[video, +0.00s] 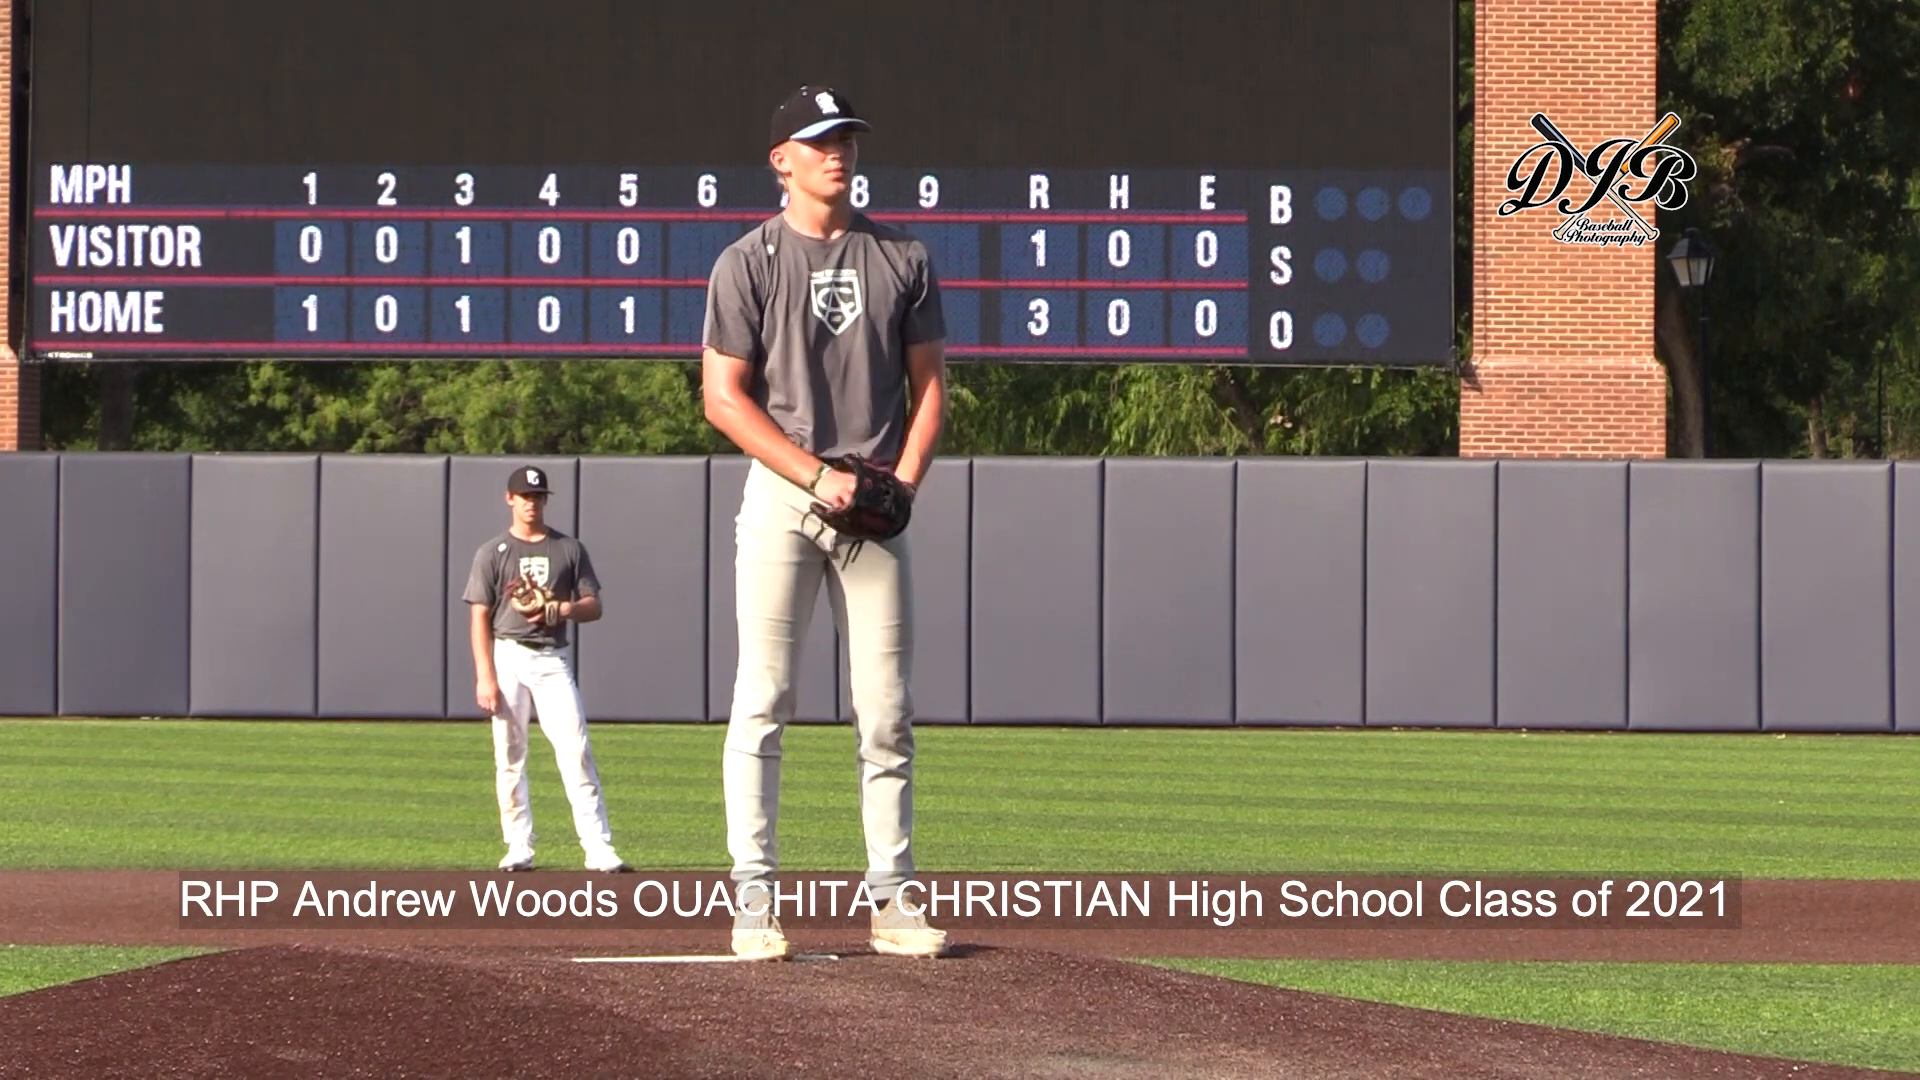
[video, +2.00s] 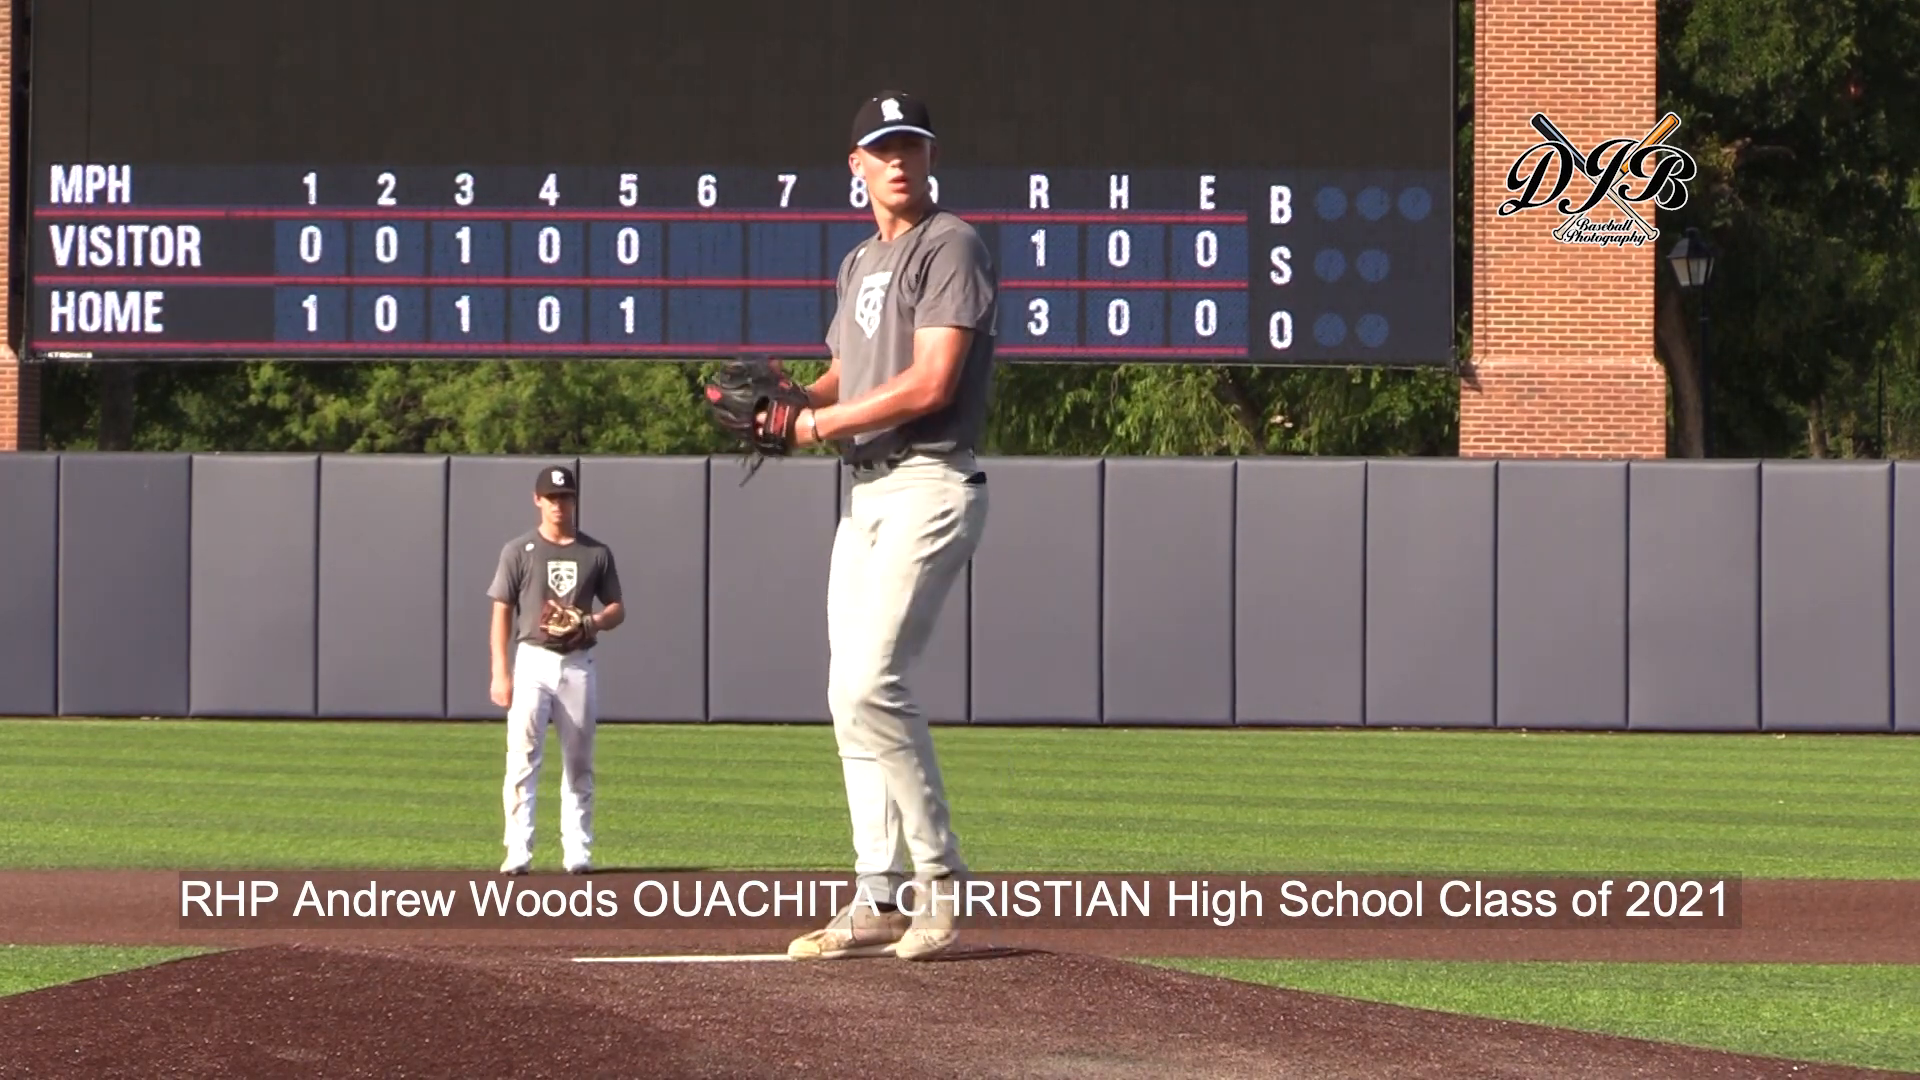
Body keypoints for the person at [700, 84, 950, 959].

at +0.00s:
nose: (839, 158)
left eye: (846, 144)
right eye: (821, 146)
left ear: (857, 157)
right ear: (782, 160)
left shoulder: (901, 259)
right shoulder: (745, 263)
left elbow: (931, 386)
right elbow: (721, 397)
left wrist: (901, 487)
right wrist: (816, 474)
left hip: (875, 502)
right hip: (778, 500)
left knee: (886, 710)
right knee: (764, 700)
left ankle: (892, 897)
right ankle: (754, 898)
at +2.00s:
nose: (901, 165)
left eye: (911, 150)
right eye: (884, 153)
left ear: (930, 160)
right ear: (857, 167)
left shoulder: (953, 244)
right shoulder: (858, 263)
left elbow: (932, 383)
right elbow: (846, 381)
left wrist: (817, 423)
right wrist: (784, 405)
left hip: (930, 486)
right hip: (867, 490)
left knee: (870, 686)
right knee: (851, 697)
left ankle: (940, 882)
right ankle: (880, 898)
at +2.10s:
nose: (895, 165)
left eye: (906, 150)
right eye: (879, 153)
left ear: (926, 160)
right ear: (853, 166)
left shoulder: (948, 243)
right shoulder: (865, 261)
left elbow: (914, 378)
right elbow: (849, 368)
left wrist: (796, 391)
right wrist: (780, 368)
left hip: (925, 479)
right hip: (873, 479)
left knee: (797, 630)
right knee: (868, 696)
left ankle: (872, 829)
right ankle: (874, 908)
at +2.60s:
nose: (875, 205)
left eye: (889, 189)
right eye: (860, 193)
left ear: (917, 197)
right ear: (841, 206)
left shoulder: (933, 263)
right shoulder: (870, 283)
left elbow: (825, 338)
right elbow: (833, 357)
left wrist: (772, 265)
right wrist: (791, 276)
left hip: (894, 469)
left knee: (750, 318)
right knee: (815, 701)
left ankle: (710, 523)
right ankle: (876, 904)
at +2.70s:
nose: (875, 222)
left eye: (889, 206)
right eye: (859, 210)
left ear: (916, 212)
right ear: (840, 224)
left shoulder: (930, 278)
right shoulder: (888, 310)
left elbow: (843, 381)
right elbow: (832, 417)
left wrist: (769, 322)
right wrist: (776, 333)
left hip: (907, 493)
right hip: (911, 529)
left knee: (718, 422)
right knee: (808, 712)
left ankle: (760, 630)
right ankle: (879, 903)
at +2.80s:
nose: (871, 248)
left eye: (886, 232)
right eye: (856, 235)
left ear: (913, 240)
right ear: (840, 250)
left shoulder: (921, 304)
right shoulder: (904, 333)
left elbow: (859, 417)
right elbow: (879, 488)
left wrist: (750, 427)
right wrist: (781, 471)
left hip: (916, 533)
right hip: (938, 551)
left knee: (721, 567)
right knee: (798, 728)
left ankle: (782, 768)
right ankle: (875, 906)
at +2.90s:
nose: (867, 292)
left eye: (881, 276)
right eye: (853, 280)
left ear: (910, 285)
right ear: (840, 296)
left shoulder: (913, 334)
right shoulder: (929, 357)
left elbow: (827, 406)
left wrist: (715, 473)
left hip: (942, 570)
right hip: (961, 585)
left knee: (761, 669)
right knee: (806, 737)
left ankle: (801, 880)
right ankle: (872, 906)